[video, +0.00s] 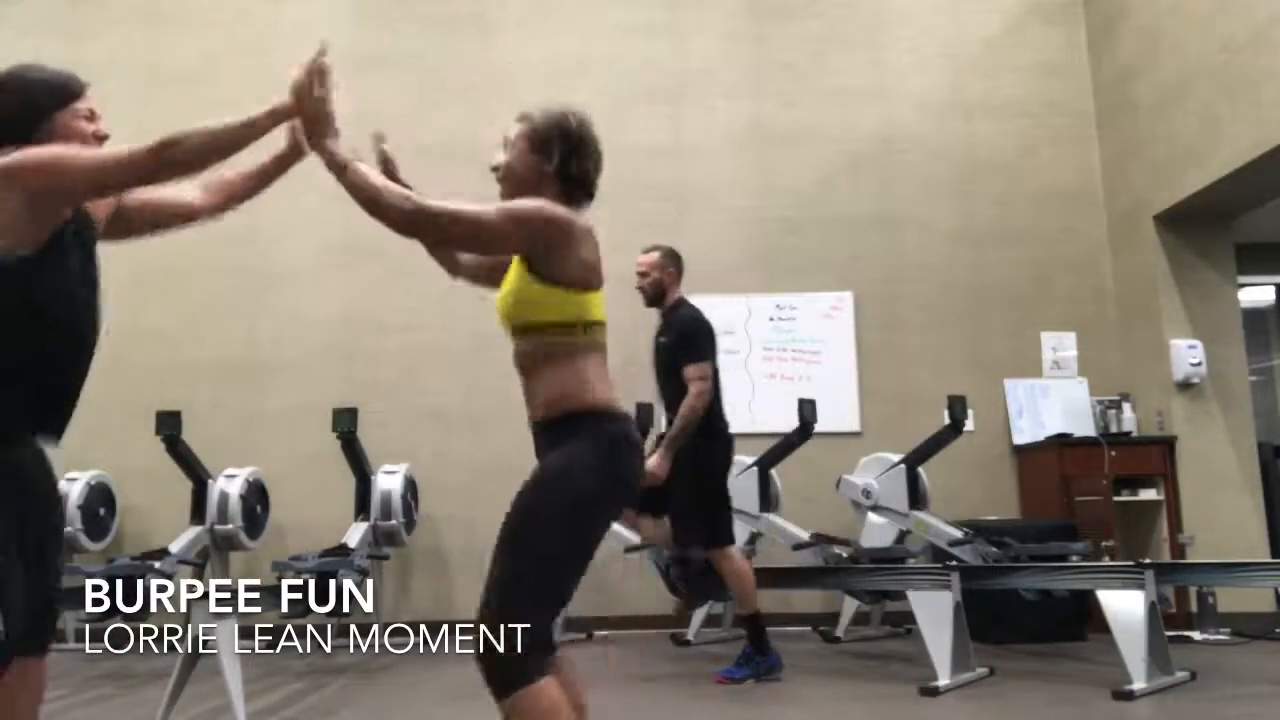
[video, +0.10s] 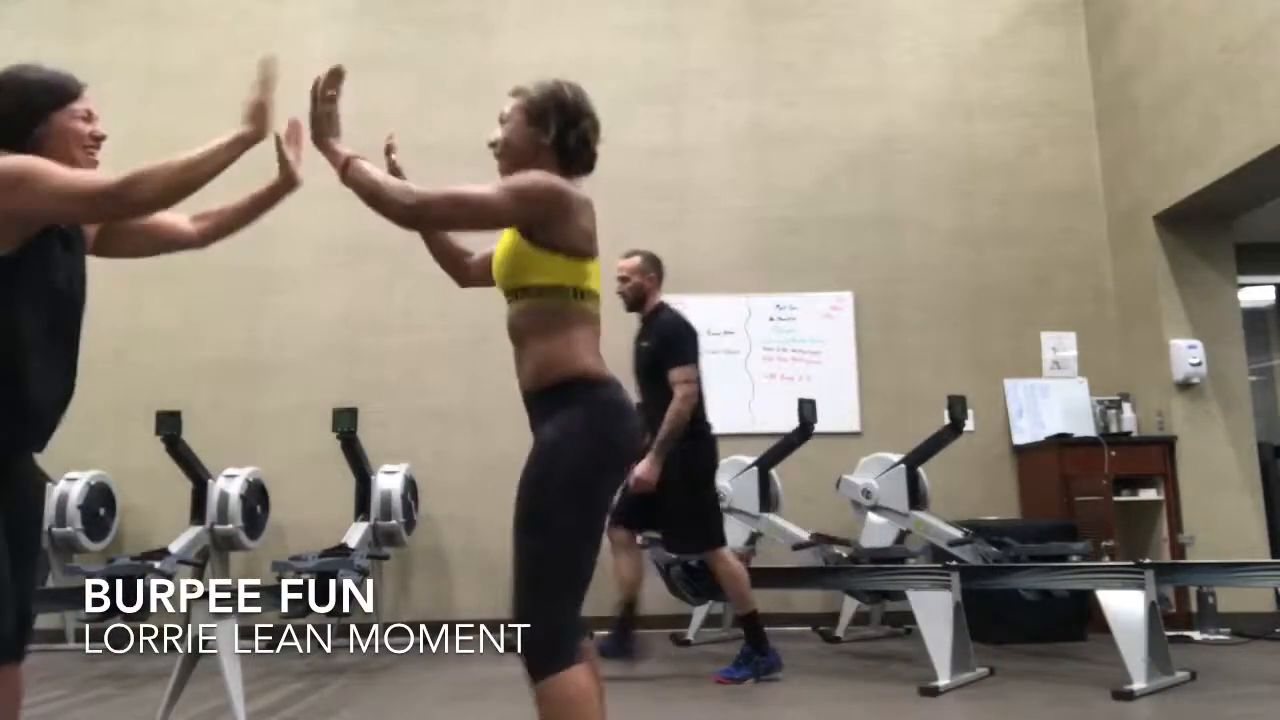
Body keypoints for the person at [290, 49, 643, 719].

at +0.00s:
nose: (499, 161)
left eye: (512, 151)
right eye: (505, 149)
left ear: (551, 165)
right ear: (549, 169)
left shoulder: (555, 224)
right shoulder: (539, 245)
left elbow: (409, 216)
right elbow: (457, 260)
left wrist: (326, 147)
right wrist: (400, 190)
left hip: (588, 451)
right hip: (579, 449)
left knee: (504, 642)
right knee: (523, 638)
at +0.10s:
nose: (495, 135)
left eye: (507, 122)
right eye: (500, 122)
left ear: (545, 132)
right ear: (545, 136)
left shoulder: (550, 196)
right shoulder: (544, 220)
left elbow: (409, 207)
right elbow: (465, 268)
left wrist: (334, 148)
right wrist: (408, 197)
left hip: (580, 424)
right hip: (580, 423)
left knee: (543, 633)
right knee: (558, 627)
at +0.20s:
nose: (491, 130)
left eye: (503, 120)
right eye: (495, 119)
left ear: (541, 133)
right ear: (541, 138)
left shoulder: (547, 187)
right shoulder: (540, 221)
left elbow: (404, 202)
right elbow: (463, 274)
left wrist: (306, 159)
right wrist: (407, 200)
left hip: (587, 414)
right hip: (582, 414)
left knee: (571, 624)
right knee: (571, 620)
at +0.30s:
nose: (484, 142)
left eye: (497, 132)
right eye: (489, 131)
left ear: (534, 146)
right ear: (530, 151)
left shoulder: (549, 198)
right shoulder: (536, 243)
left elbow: (412, 220)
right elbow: (459, 287)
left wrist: (353, 164)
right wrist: (412, 205)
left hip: (593, 420)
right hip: (580, 423)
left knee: (591, 636)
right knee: (588, 631)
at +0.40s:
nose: (480, 145)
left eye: (493, 133)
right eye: (485, 133)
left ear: (528, 144)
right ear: (526, 150)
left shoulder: (549, 197)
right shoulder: (535, 245)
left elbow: (419, 211)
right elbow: (457, 291)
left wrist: (368, 154)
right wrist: (420, 213)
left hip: (598, 421)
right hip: (582, 424)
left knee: (594, 639)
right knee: (593, 634)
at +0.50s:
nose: (480, 140)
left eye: (492, 129)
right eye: (486, 128)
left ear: (527, 143)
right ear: (526, 147)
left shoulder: (549, 197)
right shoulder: (535, 249)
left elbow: (417, 209)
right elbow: (456, 293)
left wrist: (369, 150)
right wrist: (426, 214)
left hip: (592, 422)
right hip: (572, 425)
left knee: (590, 640)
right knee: (584, 635)